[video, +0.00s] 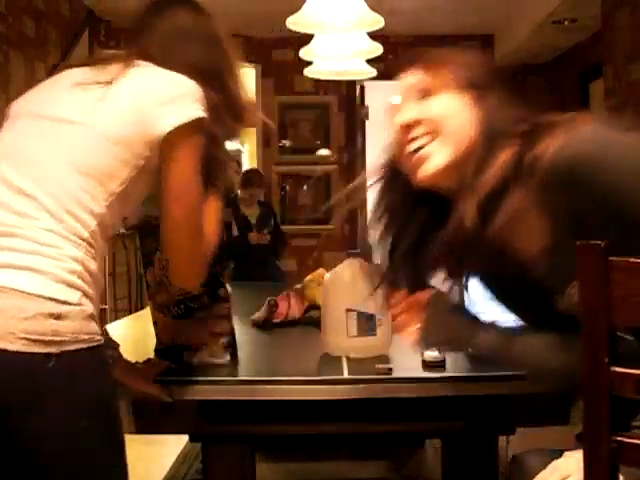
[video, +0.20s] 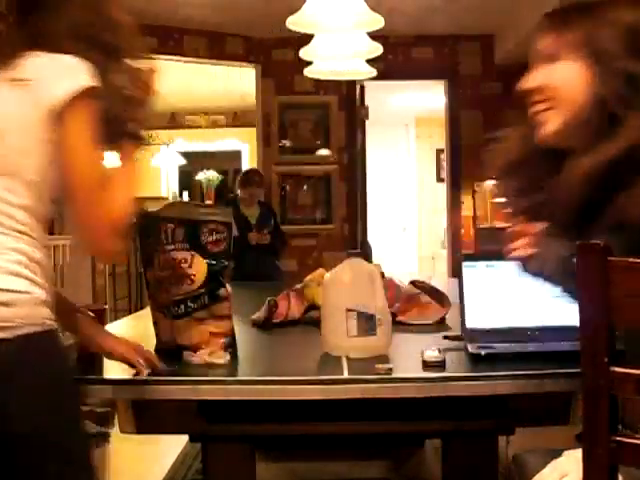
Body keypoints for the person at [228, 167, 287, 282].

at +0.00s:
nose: (253, 196)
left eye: (257, 190)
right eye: (249, 191)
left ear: (262, 191)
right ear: (241, 190)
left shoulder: (267, 209)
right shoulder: (230, 208)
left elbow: (281, 240)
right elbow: (225, 245)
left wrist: (269, 239)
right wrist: (247, 239)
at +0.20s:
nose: (253, 197)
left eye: (256, 192)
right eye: (249, 192)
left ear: (261, 191)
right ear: (241, 190)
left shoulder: (266, 209)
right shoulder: (231, 208)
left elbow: (281, 240)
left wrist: (269, 239)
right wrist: (247, 239)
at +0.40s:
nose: (252, 199)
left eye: (256, 195)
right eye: (248, 195)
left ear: (261, 192)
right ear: (240, 191)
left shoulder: (266, 209)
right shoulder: (230, 207)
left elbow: (281, 239)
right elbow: (224, 242)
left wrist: (269, 239)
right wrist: (246, 238)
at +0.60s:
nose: (253, 200)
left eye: (257, 195)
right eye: (249, 195)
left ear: (262, 192)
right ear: (240, 190)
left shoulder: (266, 208)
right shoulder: (229, 207)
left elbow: (282, 240)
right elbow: (224, 242)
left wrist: (269, 239)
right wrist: (246, 238)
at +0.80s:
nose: (253, 200)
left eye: (257, 196)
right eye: (249, 195)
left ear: (262, 192)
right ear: (240, 190)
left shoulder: (266, 209)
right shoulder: (229, 207)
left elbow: (282, 239)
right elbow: (224, 243)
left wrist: (269, 239)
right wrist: (246, 239)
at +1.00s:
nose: (253, 200)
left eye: (257, 196)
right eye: (249, 195)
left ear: (262, 192)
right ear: (240, 190)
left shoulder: (266, 209)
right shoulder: (229, 208)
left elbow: (282, 239)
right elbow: (224, 243)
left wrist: (269, 239)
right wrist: (246, 240)